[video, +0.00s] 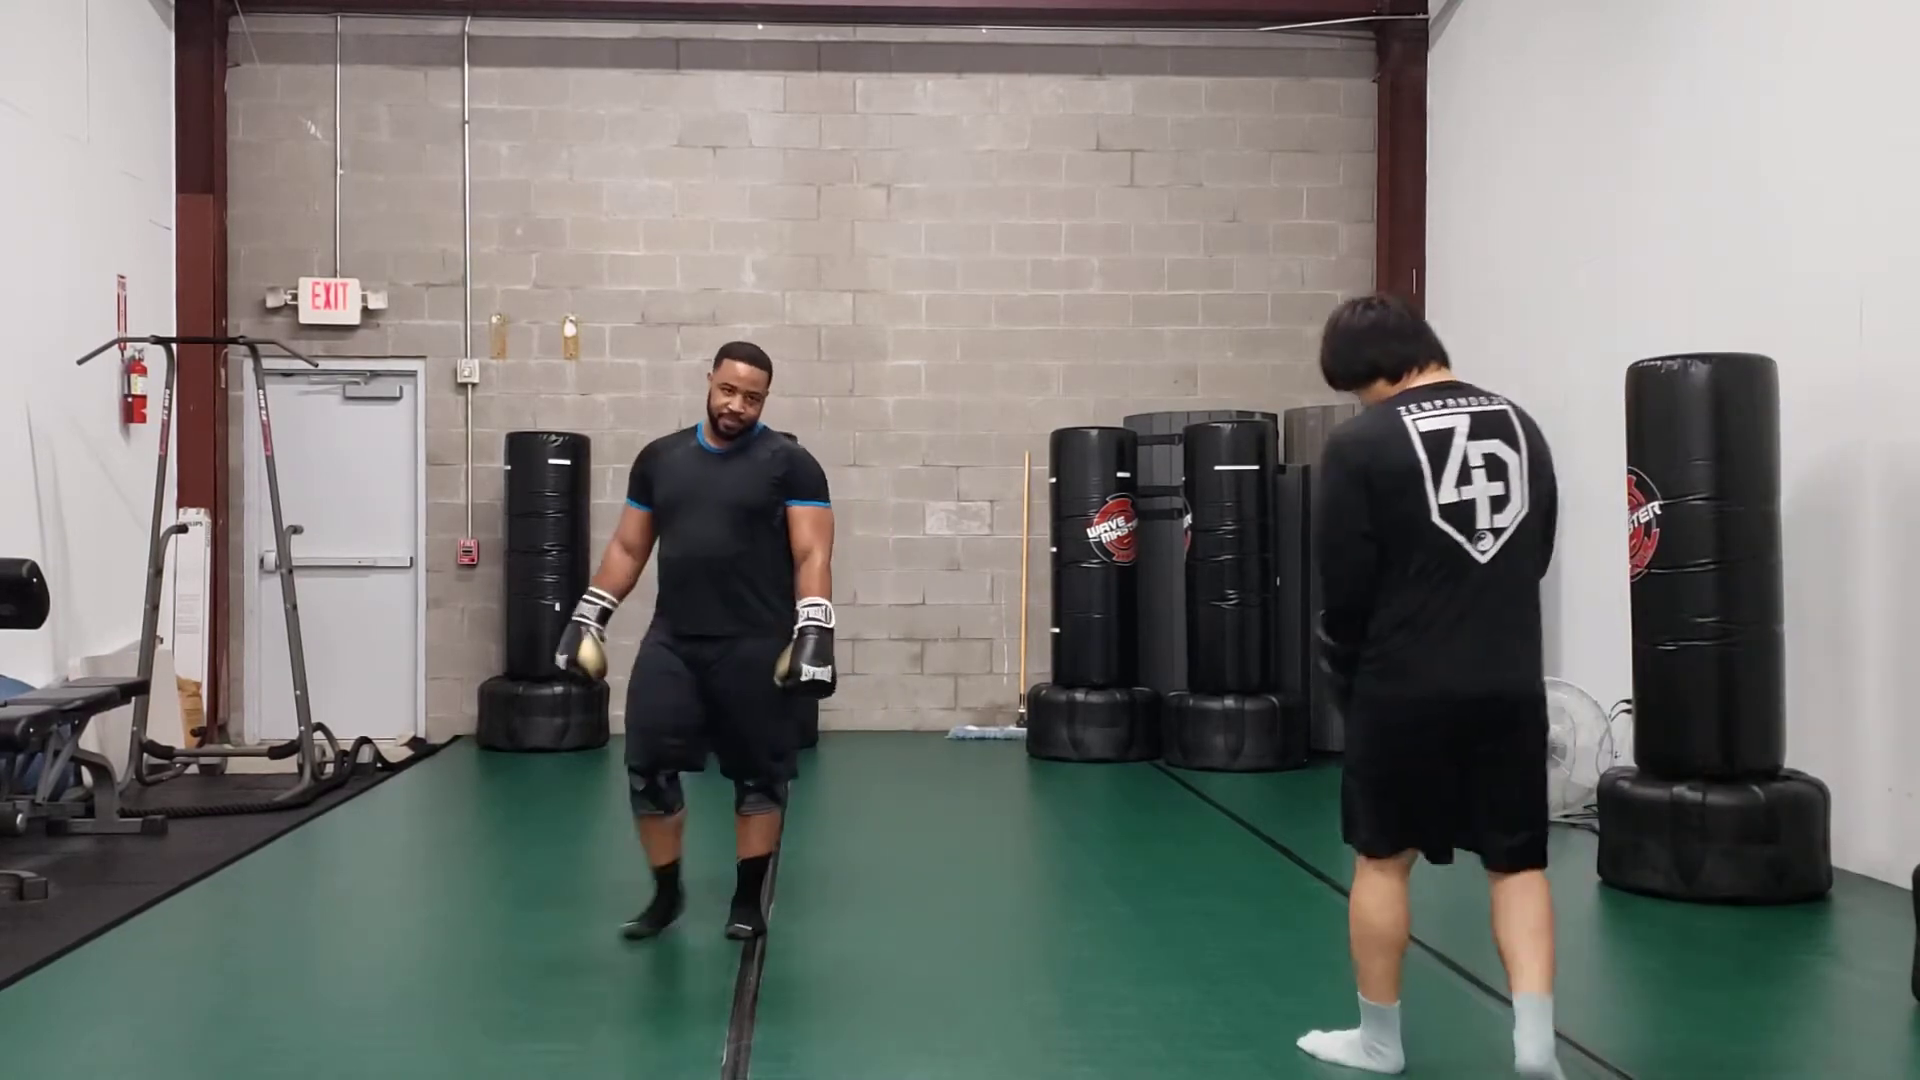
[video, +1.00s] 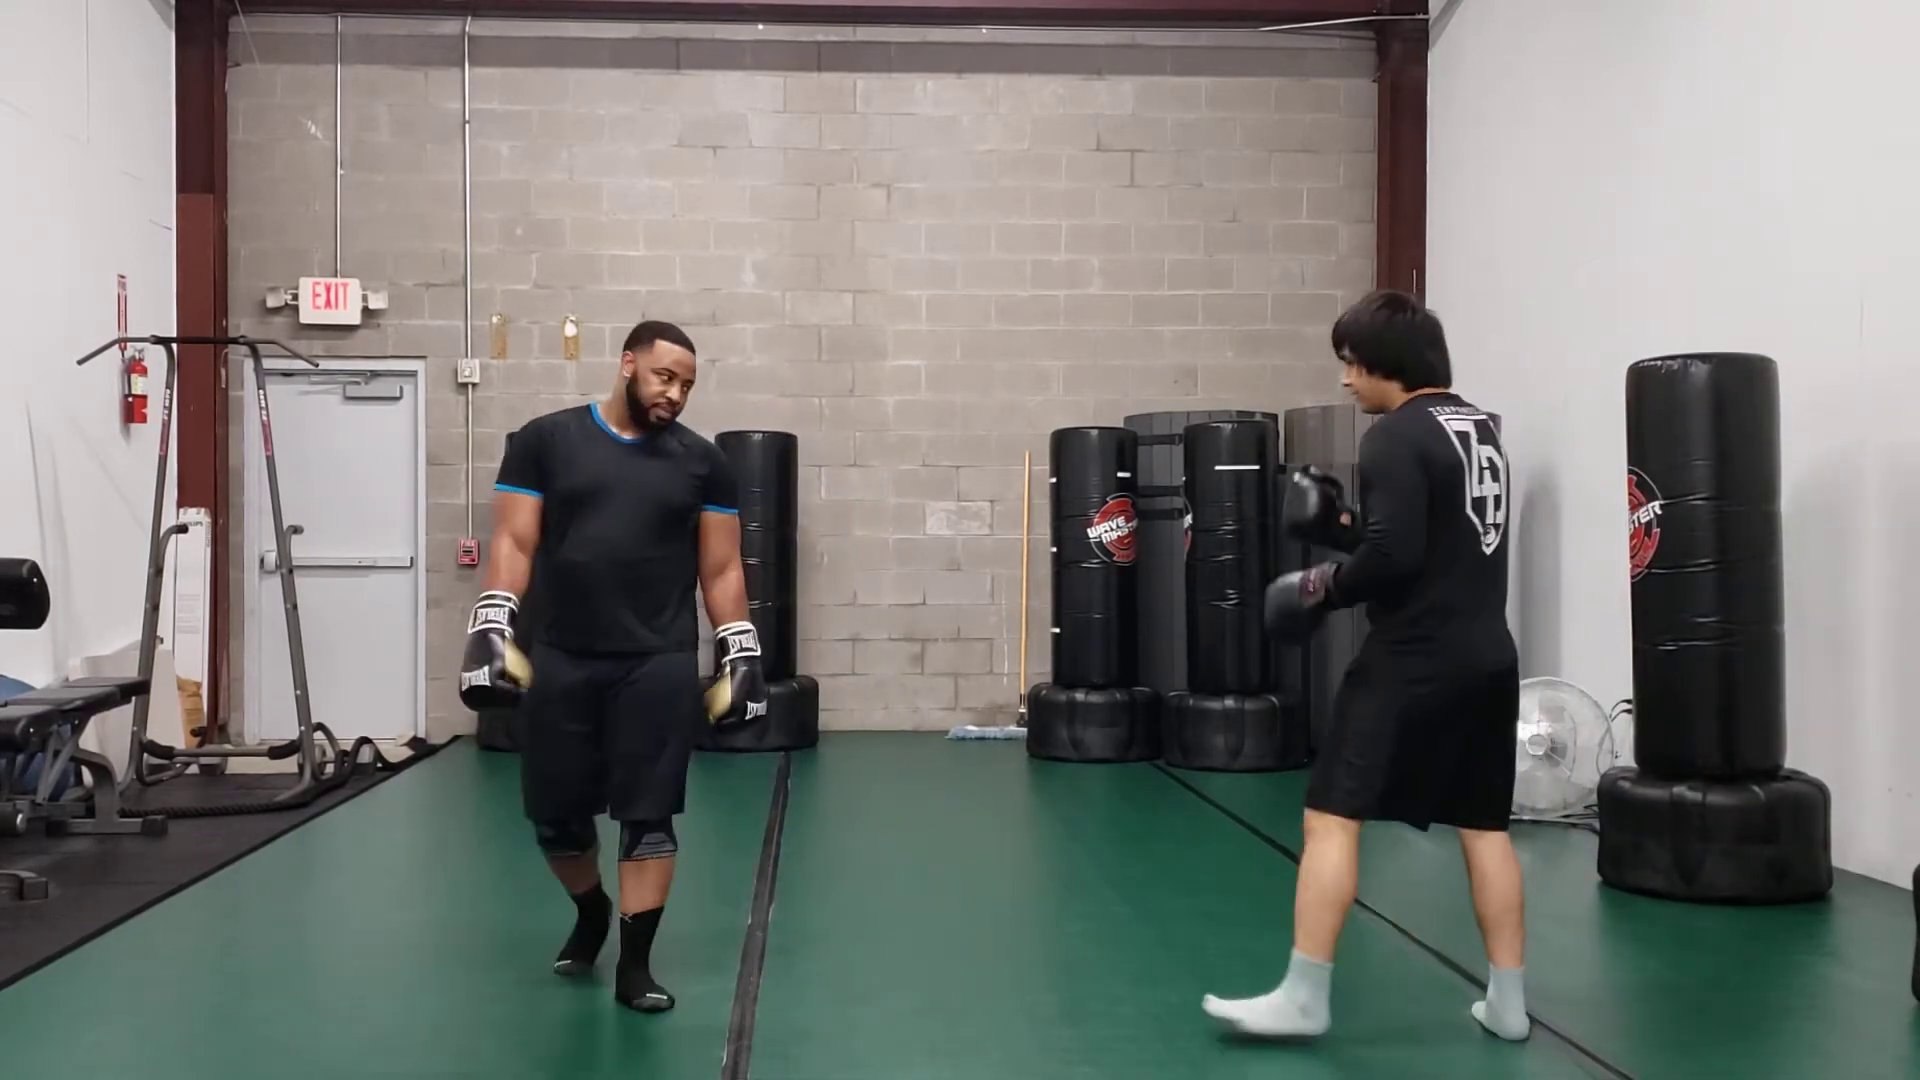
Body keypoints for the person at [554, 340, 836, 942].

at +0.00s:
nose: (736, 405)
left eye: (750, 396)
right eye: (728, 390)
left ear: (765, 399)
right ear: (708, 384)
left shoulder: (791, 466)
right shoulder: (660, 461)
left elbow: (813, 554)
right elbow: (626, 549)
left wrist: (814, 630)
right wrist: (587, 618)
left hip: (760, 649)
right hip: (673, 646)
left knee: (759, 780)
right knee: (648, 768)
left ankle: (748, 902)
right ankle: (666, 894)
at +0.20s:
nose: (703, 403)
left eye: (718, 395)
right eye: (695, 388)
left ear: (734, 401)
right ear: (676, 385)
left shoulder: (760, 465)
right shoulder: (628, 464)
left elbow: (783, 550)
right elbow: (599, 555)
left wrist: (783, 626)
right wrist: (566, 622)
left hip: (736, 654)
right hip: (649, 653)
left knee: (747, 787)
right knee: (632, 786)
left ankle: (746, 904)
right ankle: (605, 928)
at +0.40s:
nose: (666, 399)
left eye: (681, 390)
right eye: (657, 383)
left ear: (695, 394)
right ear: (635, 378)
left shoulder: (723, 462)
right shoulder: (586, 459)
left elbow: (745, 553)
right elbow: (562, 559)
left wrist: (746, 632)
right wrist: (537, 636)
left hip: (690, 657)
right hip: (601, 657)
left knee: (714, 792)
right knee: (599, 798)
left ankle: (736, 883)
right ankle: (597, 937)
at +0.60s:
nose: (650, 395)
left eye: (664, 384)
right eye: (640, 379)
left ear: (677, 386)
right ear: (614, 371)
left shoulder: (702, 458)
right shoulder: (554, 451)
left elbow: (727, 553)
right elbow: (522, 546)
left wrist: (739, 628)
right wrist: (506, 624)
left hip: (668, 646)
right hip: (581, 650)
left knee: (680, 790)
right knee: (592, 797)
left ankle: (689, 924)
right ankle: (598, 935)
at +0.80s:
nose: (655, 396)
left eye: (667, 386)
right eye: (644, 380)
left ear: (676, 388)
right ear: (611, 370)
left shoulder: (697, 462)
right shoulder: (541, 452)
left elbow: (722, 561)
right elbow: (507, 543)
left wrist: (738, 637)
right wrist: (484, 618)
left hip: (658, 657)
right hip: (567, 657)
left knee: (647, 802)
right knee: (585, 804)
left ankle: (637, 963)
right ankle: (598, 941)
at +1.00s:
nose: (676, 394)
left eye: (686, 384)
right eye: (666, 377)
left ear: (690, 387)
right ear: (627, 364)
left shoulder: (702, 465)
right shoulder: (544, 443)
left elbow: (721, 570)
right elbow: (515, 543)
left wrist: (743, 653)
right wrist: (489, 626)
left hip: (657, 664)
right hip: (559, 661)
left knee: (649, 817)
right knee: (556, 819)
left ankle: (635, 967)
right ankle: (592, 909)